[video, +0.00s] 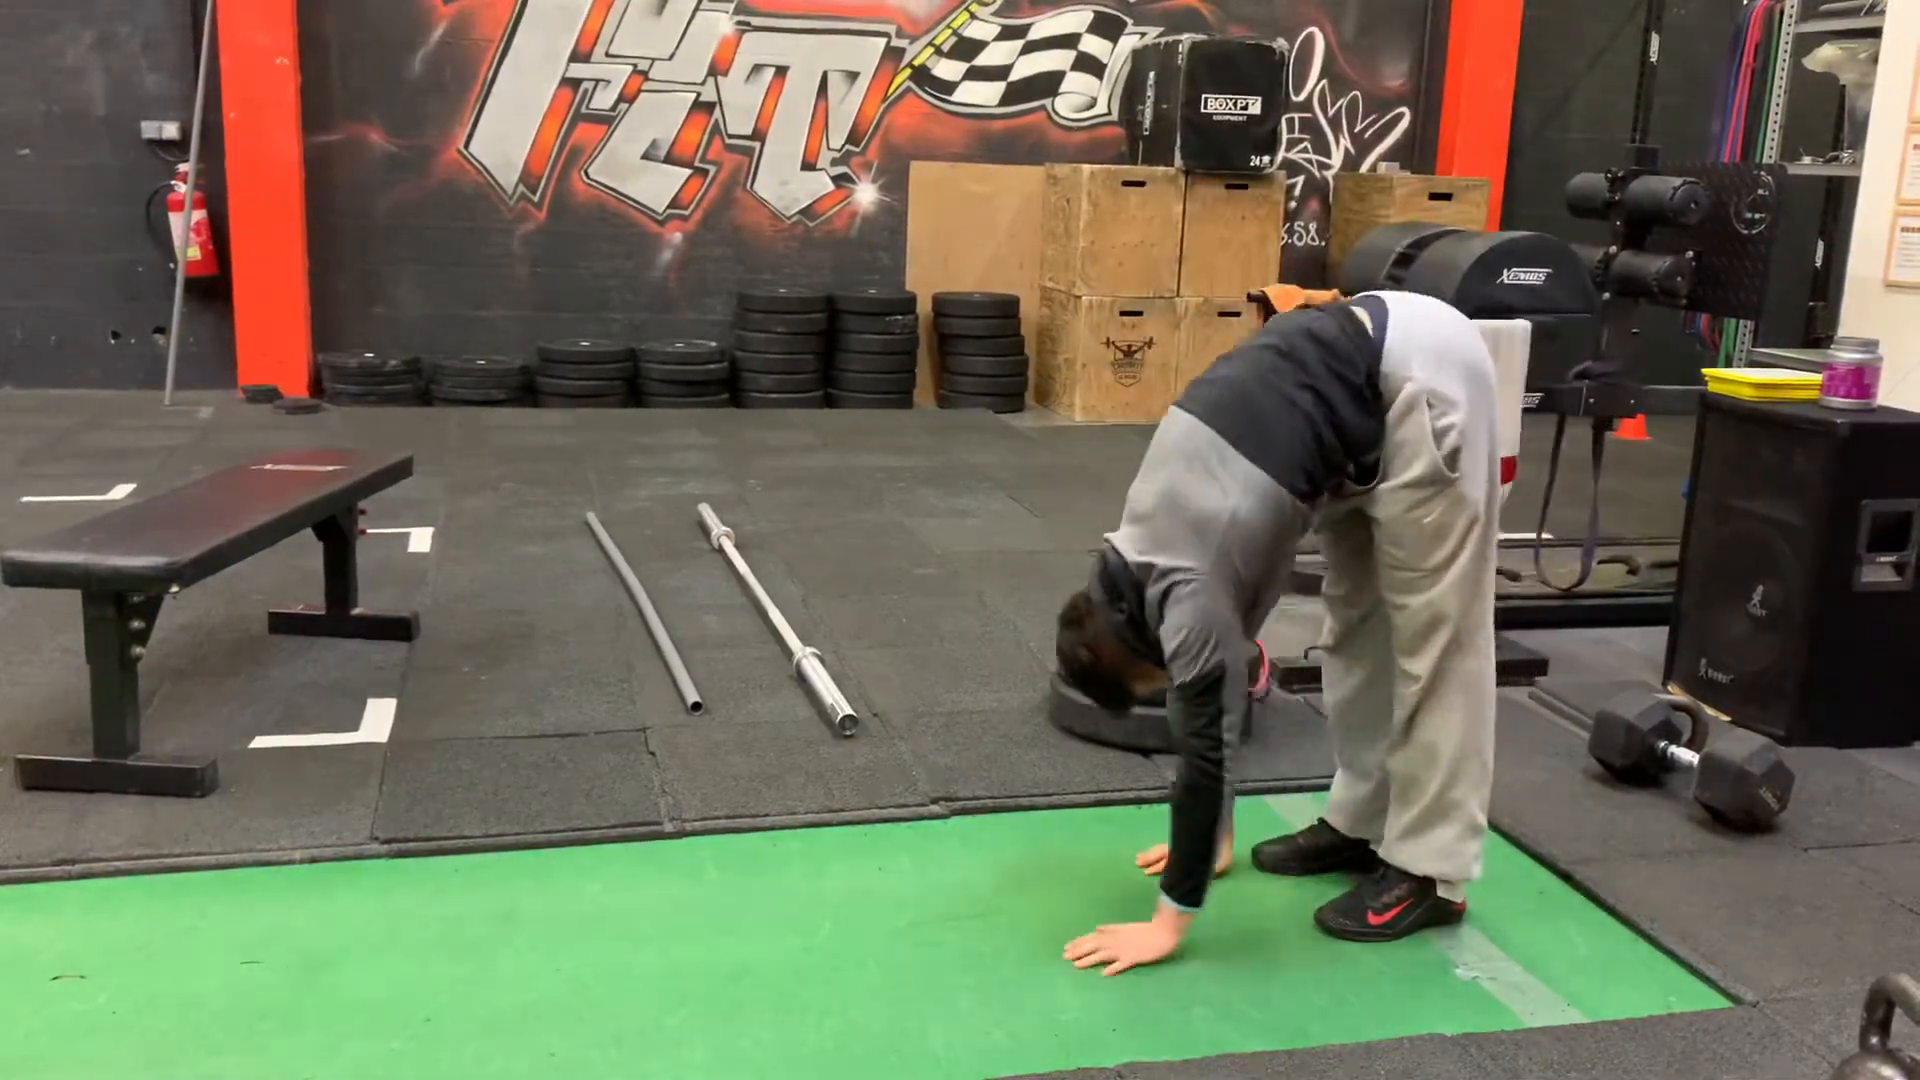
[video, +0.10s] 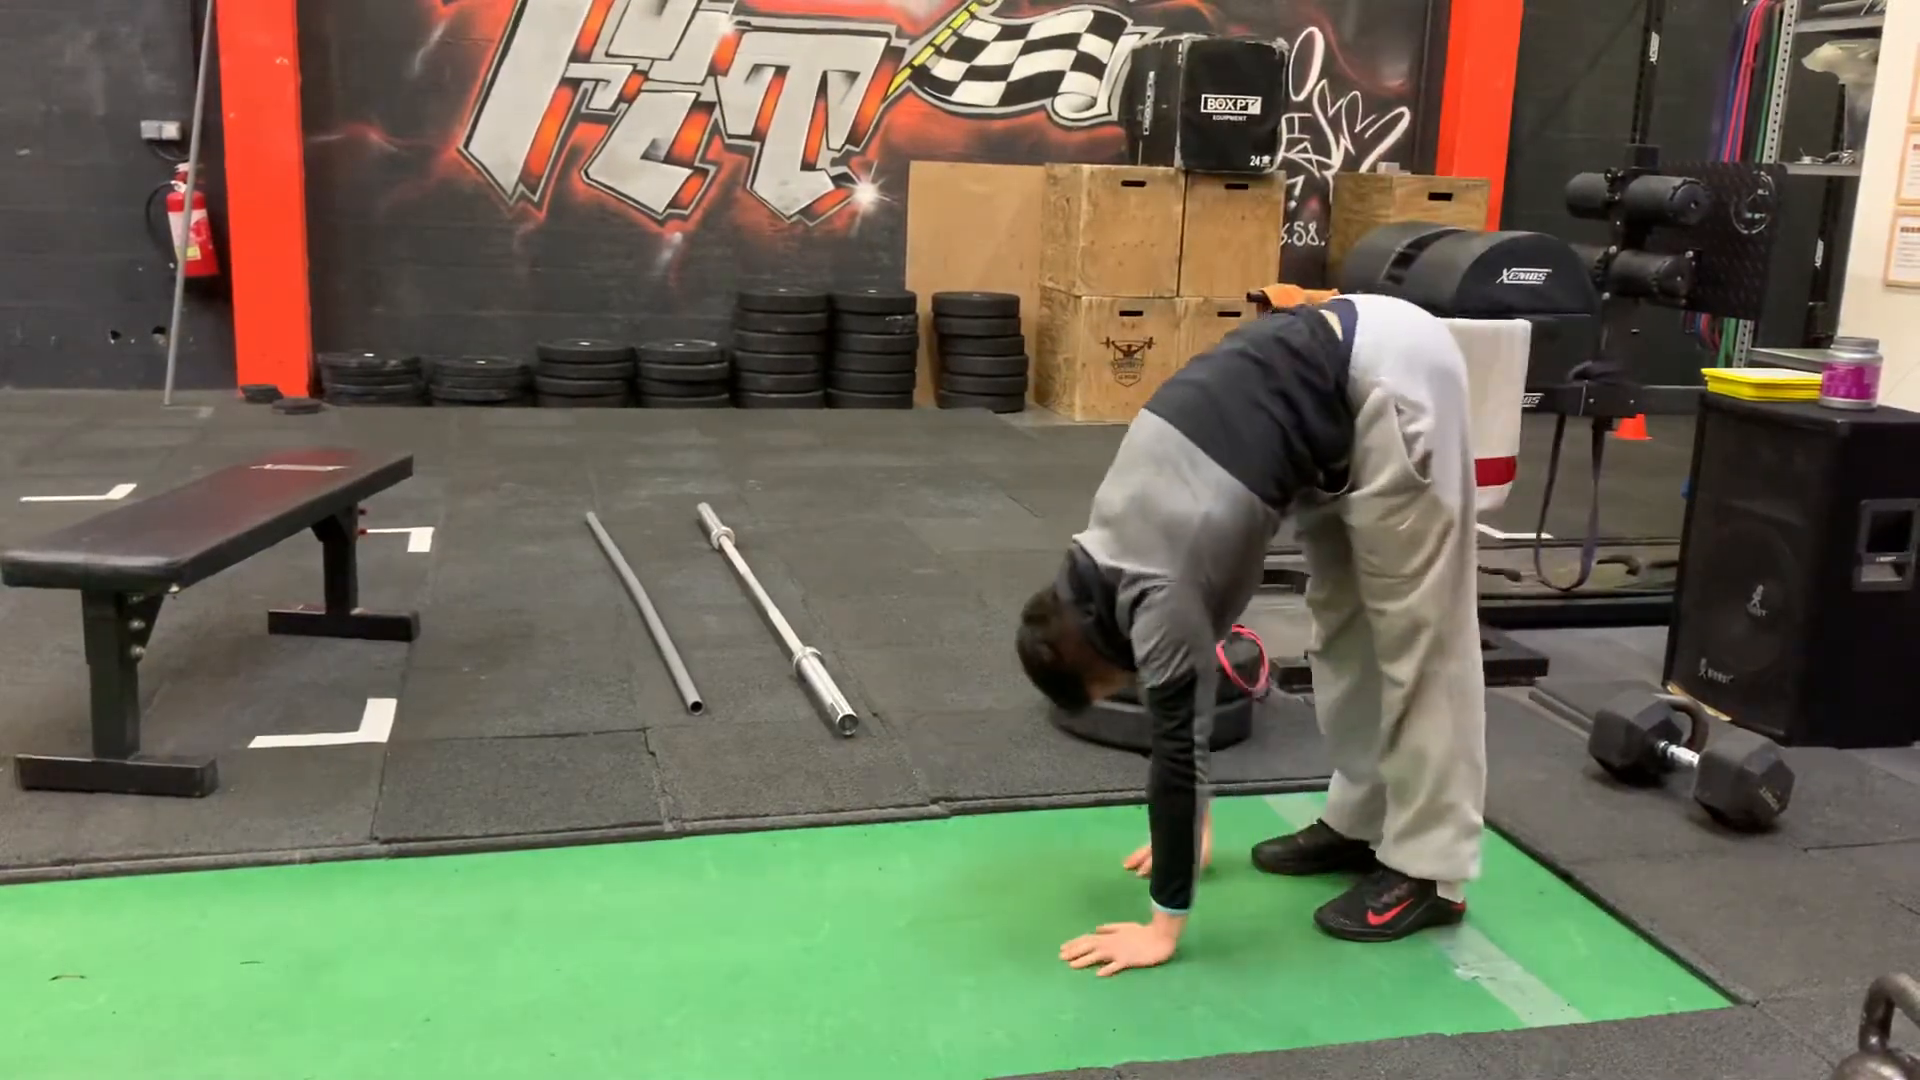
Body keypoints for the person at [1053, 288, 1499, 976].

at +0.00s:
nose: (1166, 693)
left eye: (1155, 688)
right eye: (1155, 693)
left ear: (1129, 649)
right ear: (1114, 626)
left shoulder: (1191, 600)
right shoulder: (1136, 563)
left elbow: (1204, 759)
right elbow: (1208, 693)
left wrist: (1167, 922)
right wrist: (1211, 830)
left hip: (1422, 365)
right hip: (1344, 367)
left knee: (1432, 634)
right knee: (1358, 627)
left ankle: (1431, 870)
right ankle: (1363, 823)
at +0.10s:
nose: (1125, 697)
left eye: (1108, 690)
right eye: (1113, 695)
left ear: (1088, 653)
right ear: (1080, 629)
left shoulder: (1159, 599)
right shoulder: (1103, 560)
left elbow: (1176, 759)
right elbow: (1175, 693)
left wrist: (1165, 925)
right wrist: (1187, 825)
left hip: (1390, 369)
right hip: (1317, 374)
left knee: (1415, 631)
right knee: (1346, 625)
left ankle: (1428, 870)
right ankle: (1363, 821)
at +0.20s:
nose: (1073, 700)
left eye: (1064, 693)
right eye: (1062, 700)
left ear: (1056, 649)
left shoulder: (1128, 600)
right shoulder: (1058, 565)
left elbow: (1153, 761)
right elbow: (1095, 688)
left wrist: (1161, 923)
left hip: (1360, 370)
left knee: (1393, 632)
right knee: (1329, 629)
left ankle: (1429, 871)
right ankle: (1358, 819)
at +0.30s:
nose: (1018, 696)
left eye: (1009, 685)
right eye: (1002, 694)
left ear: (1009, 647)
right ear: (986, 630)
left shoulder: (1094, 611)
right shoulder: (1005, 568)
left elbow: (1133, 766)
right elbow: (1002, 702)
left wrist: (1159, 920)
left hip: (1319, 379)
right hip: (1248, 382)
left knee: (1373, 636)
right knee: (1311, 630)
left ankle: (1425, 871)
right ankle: (1358, 821)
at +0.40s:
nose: (956, 706)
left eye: (950, 695)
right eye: (940, 705)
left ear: (957, 655)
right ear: (933, 637)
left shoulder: (1054, 620)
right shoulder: (955, 580)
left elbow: (1114, 765)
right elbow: (947, 718)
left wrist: (1158, 918)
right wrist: (902, 854)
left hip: (1267, 390)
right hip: (1214, 387)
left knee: (1349, 638)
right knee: (1297, 638)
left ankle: (1423, 867)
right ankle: (1358, 817)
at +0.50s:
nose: (889, 690)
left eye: (882, 678)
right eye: (878, 683)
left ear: (893, 643)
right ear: (880, 624)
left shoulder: (1001, 607)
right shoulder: (915, 571)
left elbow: (1083, 755)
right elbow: (923, 714)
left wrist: (1138, 908)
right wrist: (900, 854)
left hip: (1226, 402)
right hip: (1172, 418)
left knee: (1323, 642)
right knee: (1270, 648)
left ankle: (1420, 863)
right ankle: (1352, 816)